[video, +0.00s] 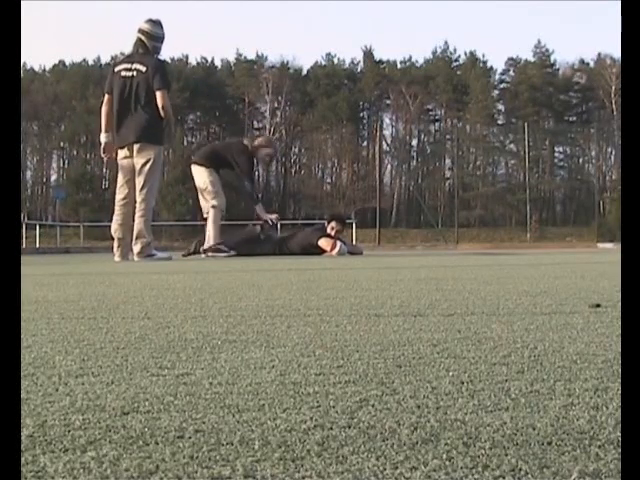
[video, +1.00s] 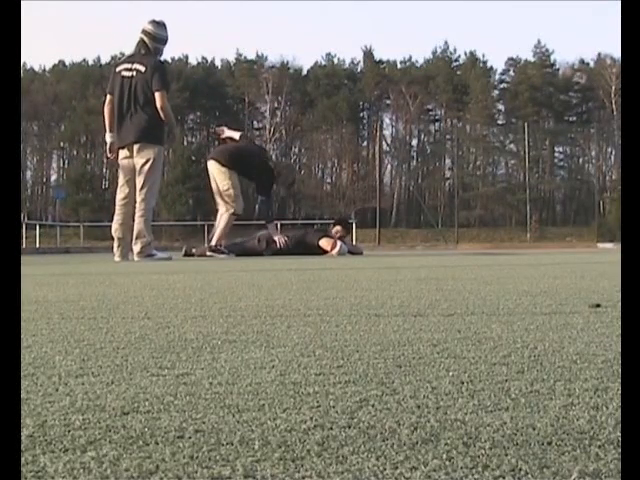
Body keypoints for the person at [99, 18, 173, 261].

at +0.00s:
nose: (161, 46)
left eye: (161, 41)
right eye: (160, 41)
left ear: (138, 37)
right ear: (156, 41)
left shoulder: (118, 65)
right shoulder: (155, 64)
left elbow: (107, 103)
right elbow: (162, 102)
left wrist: (105, 135)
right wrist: (169, 124)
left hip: (122, 136)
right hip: (148, 136)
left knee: (123, 195)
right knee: (145, 195)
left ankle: (119, 249)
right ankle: (142, 246)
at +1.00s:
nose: (163, 48)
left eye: (164, 44)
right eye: (163, 44)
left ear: (142, 38)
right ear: (159, 43)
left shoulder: (120, 65)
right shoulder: (156, 65)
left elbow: (109, 103)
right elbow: (160, 101)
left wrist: (110, 134)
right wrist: (172, 124)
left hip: (123, 137)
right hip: (148, 138)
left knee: (124, 196)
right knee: (145, 197)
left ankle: (119, 249)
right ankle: (142, 248)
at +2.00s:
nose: (164, 49)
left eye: (165, 44)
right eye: (164, 44)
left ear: (143, 38)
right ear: (160, 43)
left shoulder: (121, 65)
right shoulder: (156, 64)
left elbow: (110, 104)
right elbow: (162, 102)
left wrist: (114, 134)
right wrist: (175, 127)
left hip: (124, 137)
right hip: (148, 137)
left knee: (124, 195)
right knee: (146, 195)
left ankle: (119, 249)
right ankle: (143, 248)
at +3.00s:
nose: (160, 47)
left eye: (160, 43)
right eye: (159, 43)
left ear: (138, 38)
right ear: (155, 42)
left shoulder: (118, 65)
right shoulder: (153, 64)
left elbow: (107, 104)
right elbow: (159, 101)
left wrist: (110, 136)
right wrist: (172, 134)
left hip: (121, 138)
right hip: (147, 137)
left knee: (122, 196)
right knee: (144, 197)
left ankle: (119, 249)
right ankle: (142, 248)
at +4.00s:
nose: (150, 47)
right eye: (151, 43)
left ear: (131, 41)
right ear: (150, 42)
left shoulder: (113, 66)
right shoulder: (153, 65)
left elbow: (103, 103)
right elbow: (160, 100)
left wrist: (106, 135)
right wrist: (171, 135)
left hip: (117, 137)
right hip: (144, 137)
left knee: (120, 195)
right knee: (143, 195)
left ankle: (119, 249)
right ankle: (142, 247)